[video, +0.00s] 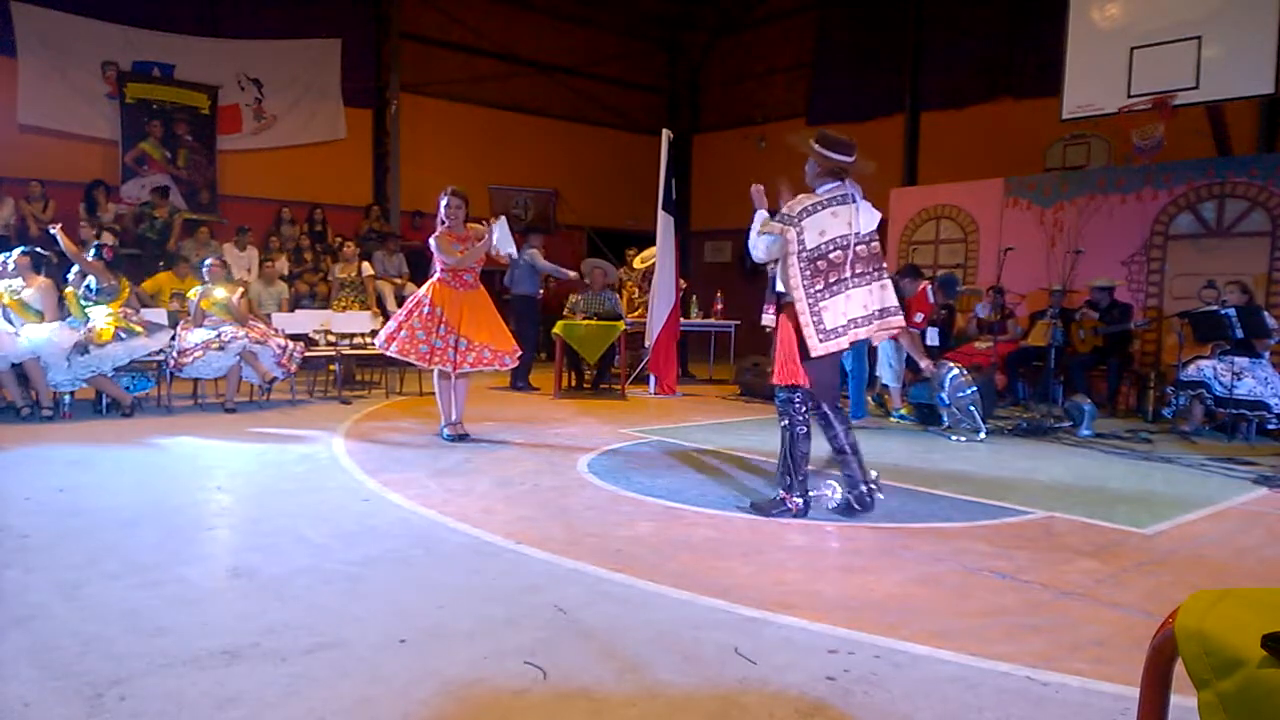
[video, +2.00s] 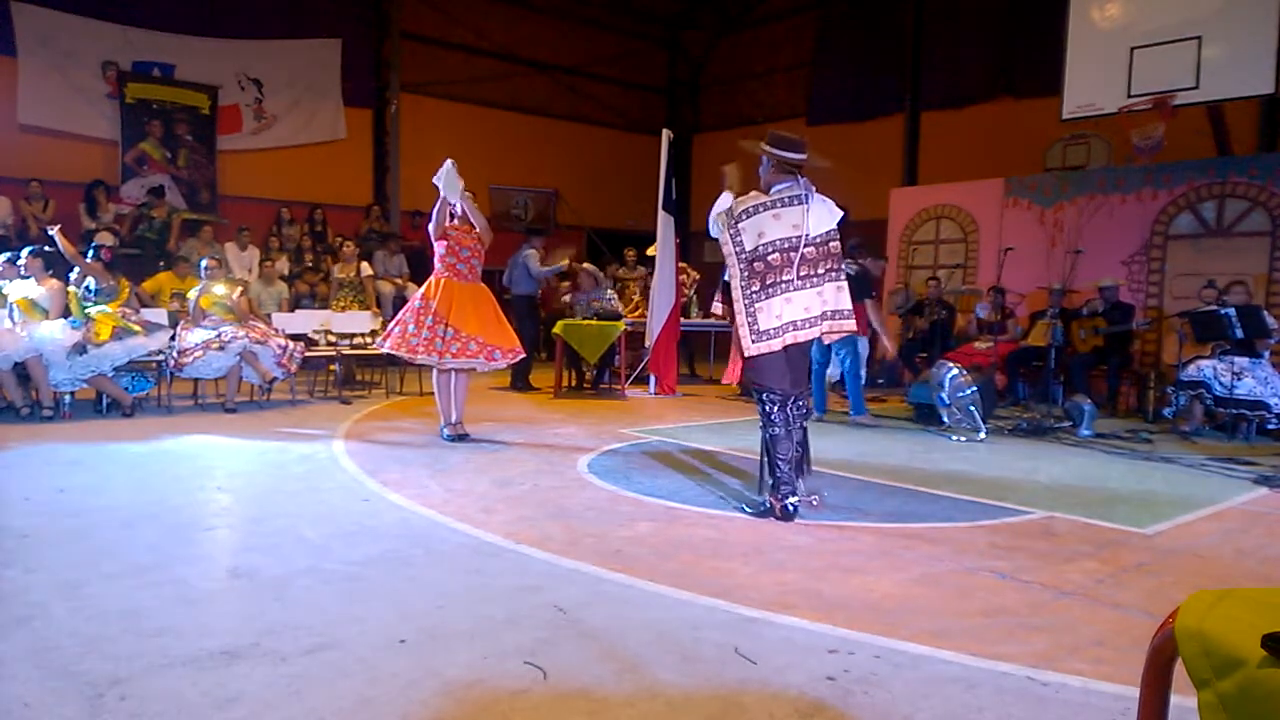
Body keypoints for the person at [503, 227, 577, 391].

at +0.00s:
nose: (541, 243)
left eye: (541, 239)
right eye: (539, 239)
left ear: (526, 240)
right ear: (533, 239)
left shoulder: (517, 257)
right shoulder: (532, 253)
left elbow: (507, 281)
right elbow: (543, 266)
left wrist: (530, 288)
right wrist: (567, 274)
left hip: (517, 298)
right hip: (528, 299)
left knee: (522, 338)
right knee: (530, 338)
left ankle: (517, 376)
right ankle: (522, 378)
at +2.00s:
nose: (543, 244)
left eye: (543, 240)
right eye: (542, 240)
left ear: (528, 239)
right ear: (535, 240)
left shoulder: (516, 256)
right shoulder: (530, 253)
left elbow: (506, 280)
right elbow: (537, 272)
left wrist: (522, 285)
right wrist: (562, 266)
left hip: (516, 298)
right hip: (528, 299)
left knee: (523, 338)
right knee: (530, 338)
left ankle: (518, 376)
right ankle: (522, 378)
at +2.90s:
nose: (559, 257)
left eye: (560, 253)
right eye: (558, 252)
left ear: (548, 248)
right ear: (551, 249)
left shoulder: (527, 257)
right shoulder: (541, 259)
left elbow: (512, 275)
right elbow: (531, 278)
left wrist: (524, 288)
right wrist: (545, 297)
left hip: (517, 299)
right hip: (527, 299)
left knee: (527, 339)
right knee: (531, 340)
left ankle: (525, 376)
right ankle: (527, 378)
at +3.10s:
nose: (568, 263)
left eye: (569, 259)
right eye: (568, 258)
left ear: (561, 256)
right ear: (561, 255)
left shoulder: (542, 261)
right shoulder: (549, 261)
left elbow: (522, 275)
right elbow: (534, 275)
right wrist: (547, 296)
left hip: (528, 298)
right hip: (527, 299)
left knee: (533, 341)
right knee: (530, 341)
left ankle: (537, 377)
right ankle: (523, 379)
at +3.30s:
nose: (576, 262)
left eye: (577, 259)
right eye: (575, 258)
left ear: (569, 257)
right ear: (568, 255)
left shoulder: (557, 268)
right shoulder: (555, 260)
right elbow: (538, 272)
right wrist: (550, 293)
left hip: (537, 299)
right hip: (529, 298)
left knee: (539, 340)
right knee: (531, 340)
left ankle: (538, 377)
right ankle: (521, 378)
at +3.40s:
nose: (577, 263)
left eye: (578, 259)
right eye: (576, 258)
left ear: (570, 258)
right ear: (570, 255)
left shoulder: (560, 268)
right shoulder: (556, 260)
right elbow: (539, 271)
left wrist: (552, 297)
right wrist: (551, 293)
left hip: (540, 300)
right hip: (531, 299)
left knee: (539, 341)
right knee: (529, 340)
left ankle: (538, 377)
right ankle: (520, 378)